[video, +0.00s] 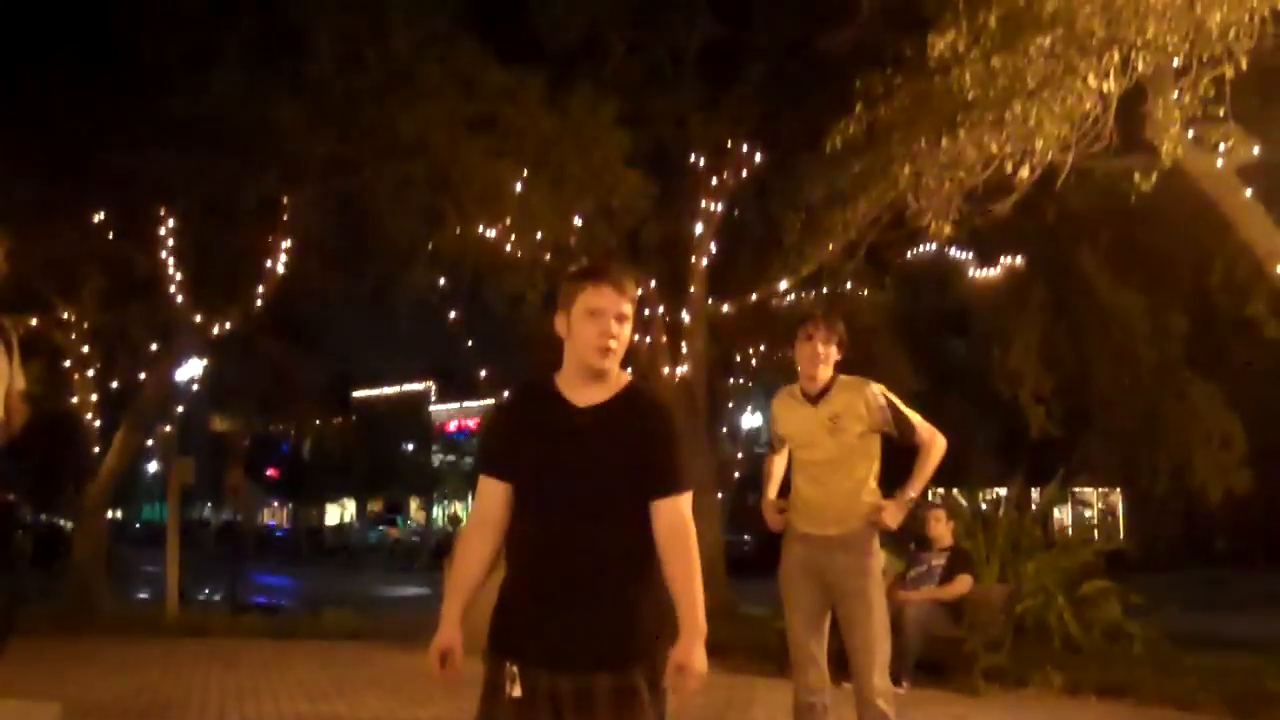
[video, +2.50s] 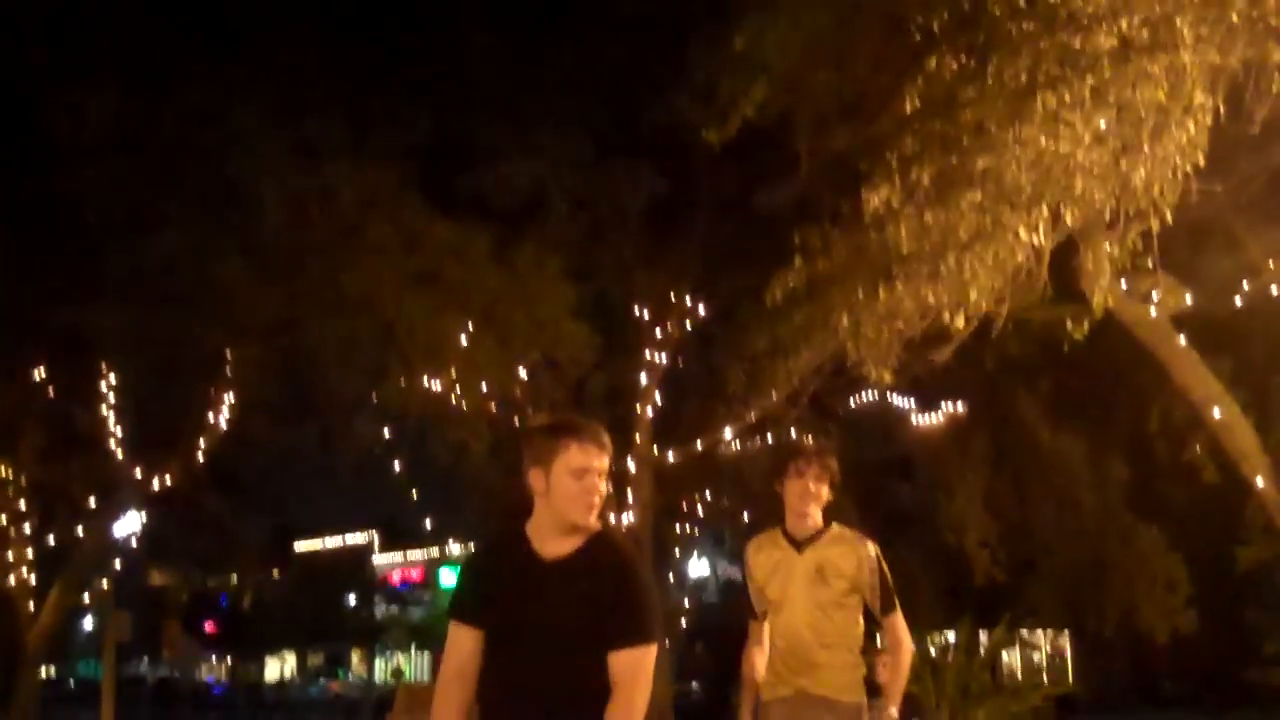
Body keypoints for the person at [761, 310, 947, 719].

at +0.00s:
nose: (817, 350)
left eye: (825, 342)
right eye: (808, 340)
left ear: (837, 353)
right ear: (794, 349)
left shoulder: (866, 396)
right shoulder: (782, 403)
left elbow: (934, 441)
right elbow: (778, 449)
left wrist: (902, 502)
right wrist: (768, 499)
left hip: (857, 547)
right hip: (800, 547)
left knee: (871, 684)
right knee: (807, 679)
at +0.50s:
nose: (806, 349)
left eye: (814, 340)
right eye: (796, 339)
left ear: (825, 349)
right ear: (779, 348)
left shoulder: (854, 394)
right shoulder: (772, 402)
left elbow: (917, 453)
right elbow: (771, 460)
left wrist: (902, 524)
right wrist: (757, 519)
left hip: (849, 552)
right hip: (790, 551)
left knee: (846, 683)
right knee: (799, 682)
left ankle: (848, 716)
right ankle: (806, 716)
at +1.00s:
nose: (781, 490)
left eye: (790, 480)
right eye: (773, 480)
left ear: (803, 489)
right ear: (759, 489)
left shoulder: (837, 539)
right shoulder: (745, 545)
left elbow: (878, 639)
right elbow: (749, 616)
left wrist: (849, 695)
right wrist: (737, 689)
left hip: (830, 695)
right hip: (769, 697)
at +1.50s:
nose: (744, 303)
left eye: (752, 295)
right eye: (736, 294)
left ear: (765, 305)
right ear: (718, 303)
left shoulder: (794, 358)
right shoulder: (702, 365)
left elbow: (821, 453)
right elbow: (693, 441)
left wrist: (786, 523)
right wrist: (702, 508)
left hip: (795, 512)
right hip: (732, 515)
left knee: (823, 642)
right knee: (727, 646)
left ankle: (833, 716)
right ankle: (737, 717)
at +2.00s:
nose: (780, 390)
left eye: (788, 380)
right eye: (771, 381)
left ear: (802, 385)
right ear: (757, 387)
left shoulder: (834, 440)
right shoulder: (737, 445)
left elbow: (852, 527)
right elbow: (725, 524)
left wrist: (848, 608)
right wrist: (708, 593)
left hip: (821, 606)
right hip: (760, 605)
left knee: (831, 712)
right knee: (742, 708)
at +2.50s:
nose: (809, 487)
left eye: (819, 479)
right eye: (799, 476)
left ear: (829, 492)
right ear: (781, 486)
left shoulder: (859, 551)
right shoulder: (758, 551)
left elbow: (900, 640)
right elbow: (757, 638)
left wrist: (890, 707)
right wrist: (746, 709)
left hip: (841, 702)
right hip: (778, 702)